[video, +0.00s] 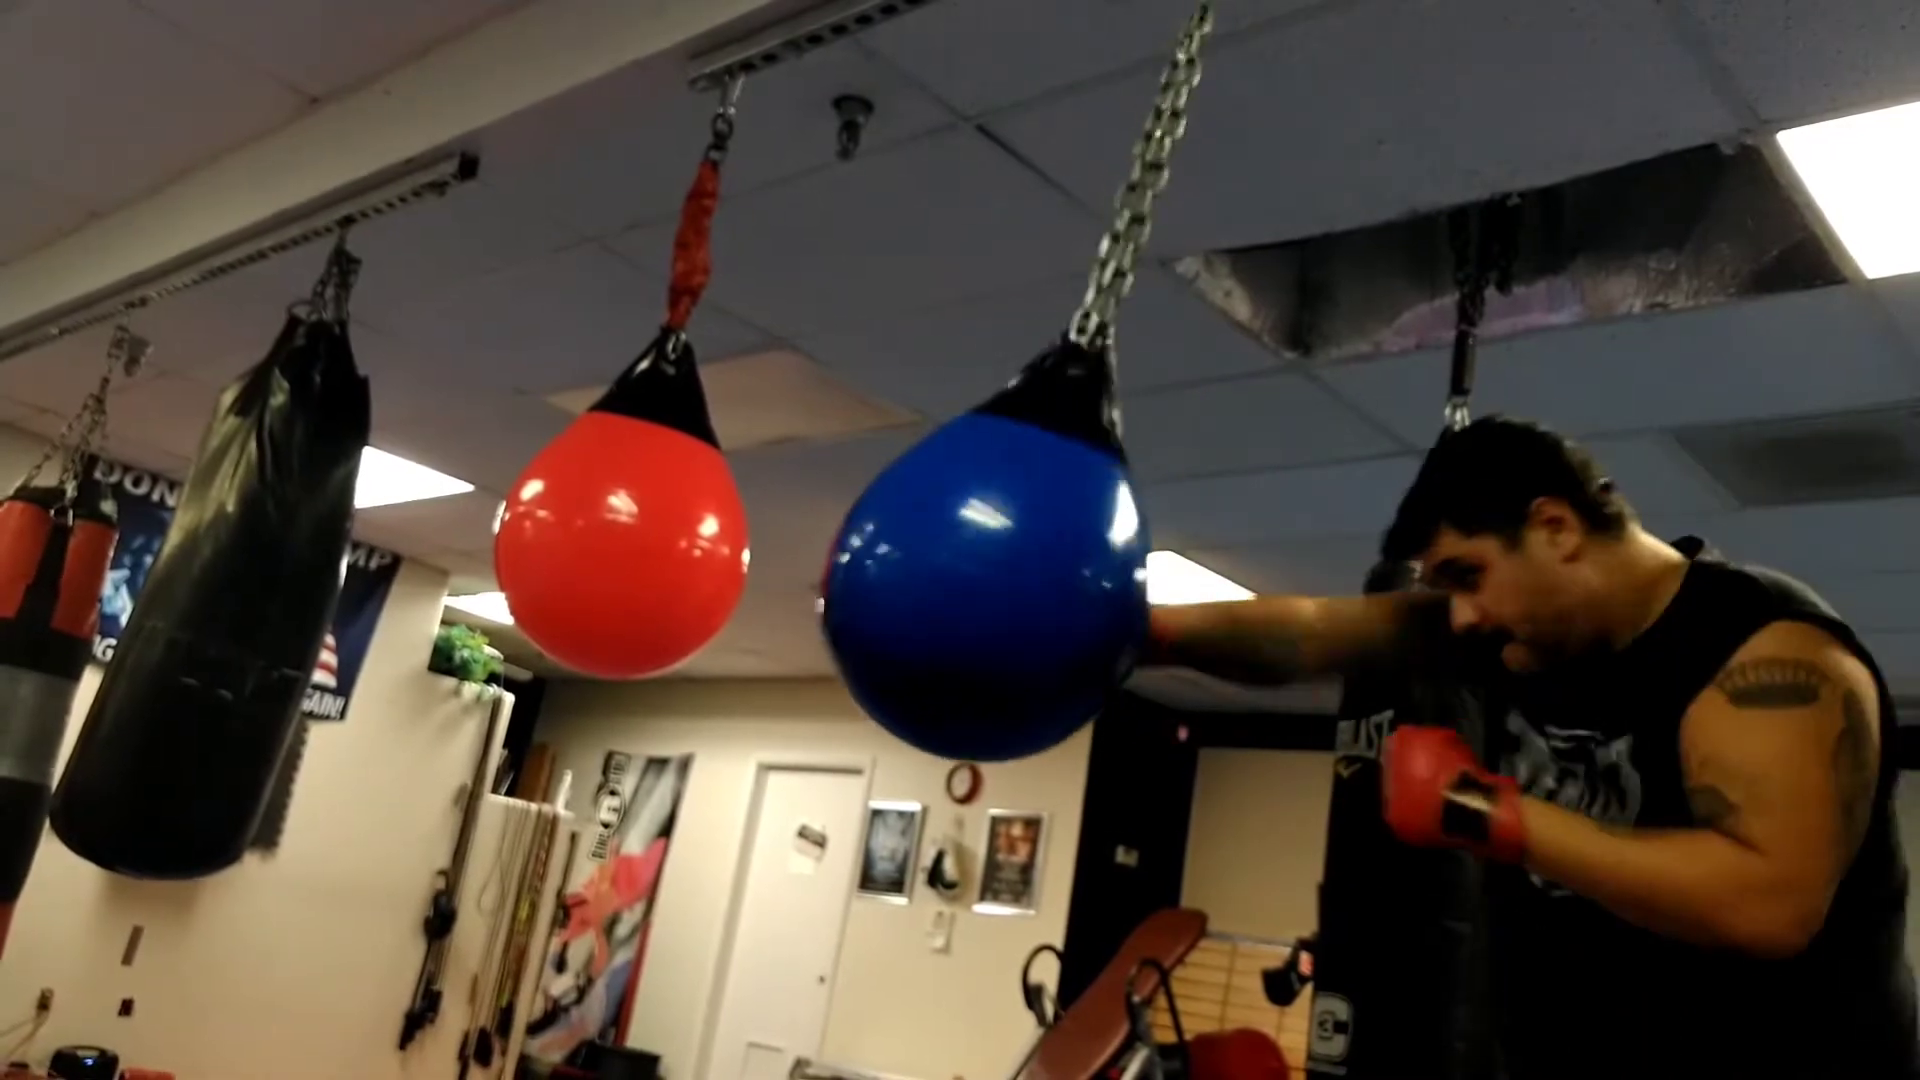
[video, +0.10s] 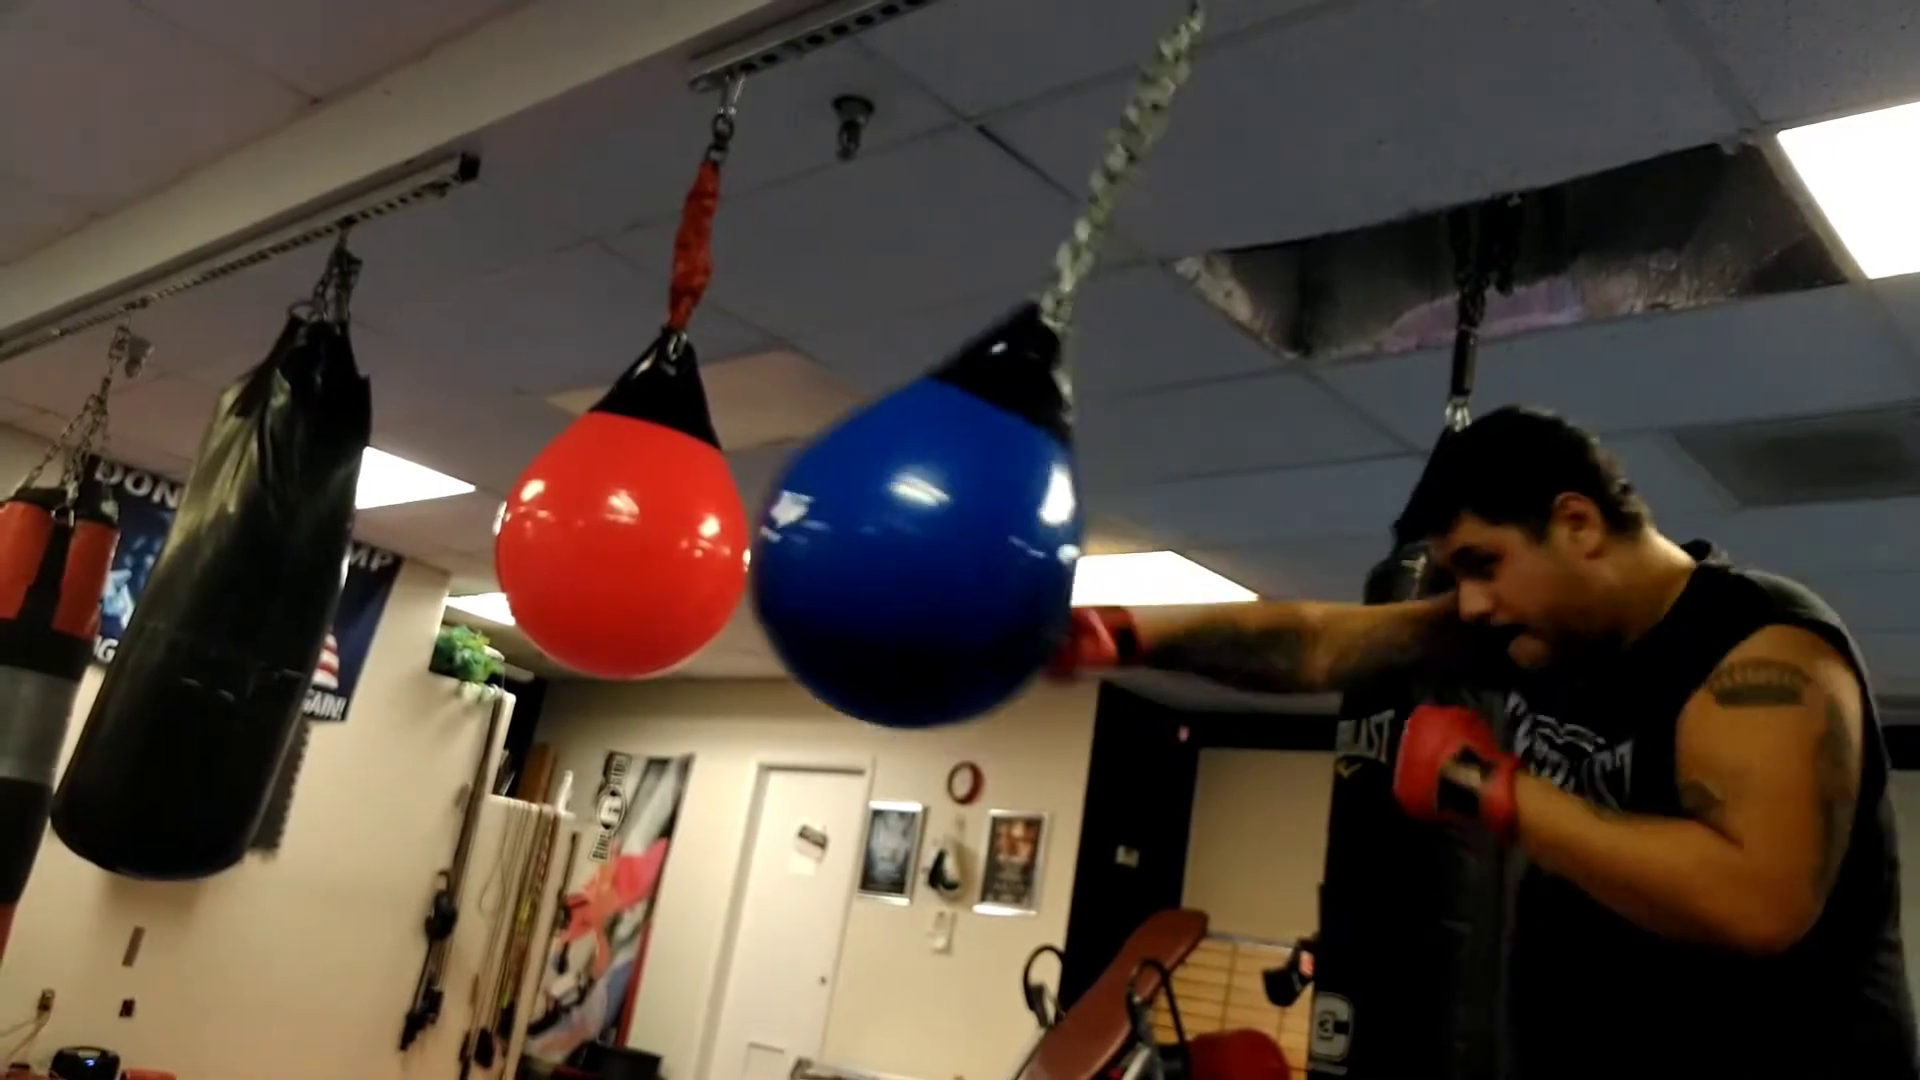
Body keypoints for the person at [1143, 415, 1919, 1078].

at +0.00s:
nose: (1462, 620)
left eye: (1466, 580)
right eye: (1446, 593)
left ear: (1556, 530)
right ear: (1555, 533)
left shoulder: (1776, 658)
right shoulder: (1534, 631)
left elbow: (1770, 898)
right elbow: (1305, 635)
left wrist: (1500, 813)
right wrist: (1132, 627)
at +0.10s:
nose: (1471, 608)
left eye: (1483, 569)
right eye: (1458, 583)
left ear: (1576, 522)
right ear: (1568, 534)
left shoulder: (1770, 659)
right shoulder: (1543, 625)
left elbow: (1758, 896)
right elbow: (1321, 643)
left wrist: (1502, 792)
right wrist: (1122, 634)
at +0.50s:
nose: (1480, 640)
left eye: (1507, 601)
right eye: (1457, 614)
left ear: (1590, 585)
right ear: (1442, 620)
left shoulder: (1713, 713)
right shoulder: (1520, 740)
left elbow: (1802, 911)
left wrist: (1524, 923)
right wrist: (1426, 909)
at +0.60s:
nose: (1465, 626)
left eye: (1489, 588)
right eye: (1440, 603)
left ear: (1570, 567)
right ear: (1425, 615)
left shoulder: (1679, 672)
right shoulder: (1490, 723)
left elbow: (1790, 821)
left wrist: (1532, 765)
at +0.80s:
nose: (1498, 603)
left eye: (1525, 566)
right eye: (1468, 582)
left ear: (1602, 554)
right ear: (1445, 593)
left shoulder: (1673, 605)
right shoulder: (1488, 709)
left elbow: (1706, 671)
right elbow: (1470, 944)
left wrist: (1429, 634)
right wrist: (1428, 857)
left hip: (1742, 1074)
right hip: (1557, 1076)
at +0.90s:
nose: (1529, 588)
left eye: (1558, 549)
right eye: (1504, 562)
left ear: (1643, 533)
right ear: (1487, 574)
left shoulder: (1753, 639)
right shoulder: (1492, 677)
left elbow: (1879, 802)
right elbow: (1354, 831)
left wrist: (1592, 737)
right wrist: (1396, 751)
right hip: (1529, 1079)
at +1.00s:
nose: (1537, 607)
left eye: (1561, 565)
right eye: (1518, 576)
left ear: (1661, 535)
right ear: (1502, 573)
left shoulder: (1821, 676)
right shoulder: (1535, 625)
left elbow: (1887, 924)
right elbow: (1331, 613)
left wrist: (1699, 783)